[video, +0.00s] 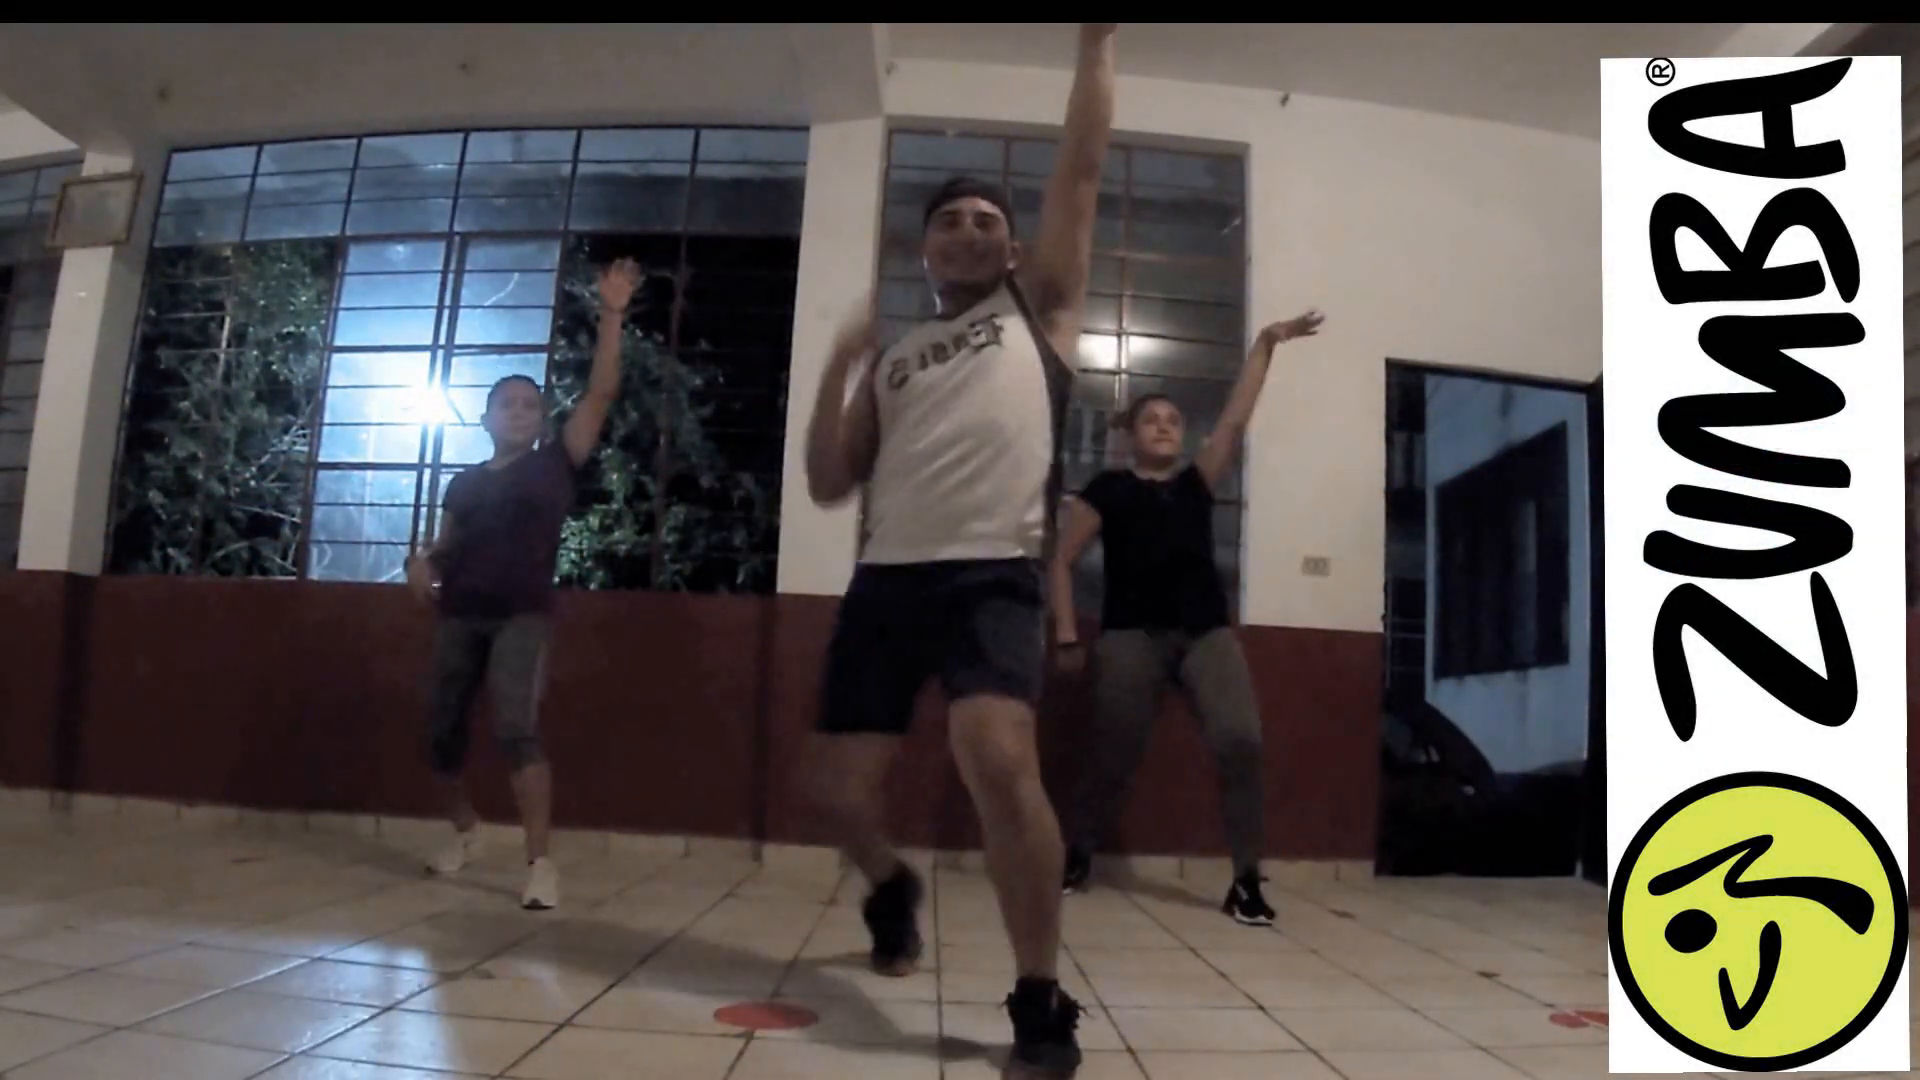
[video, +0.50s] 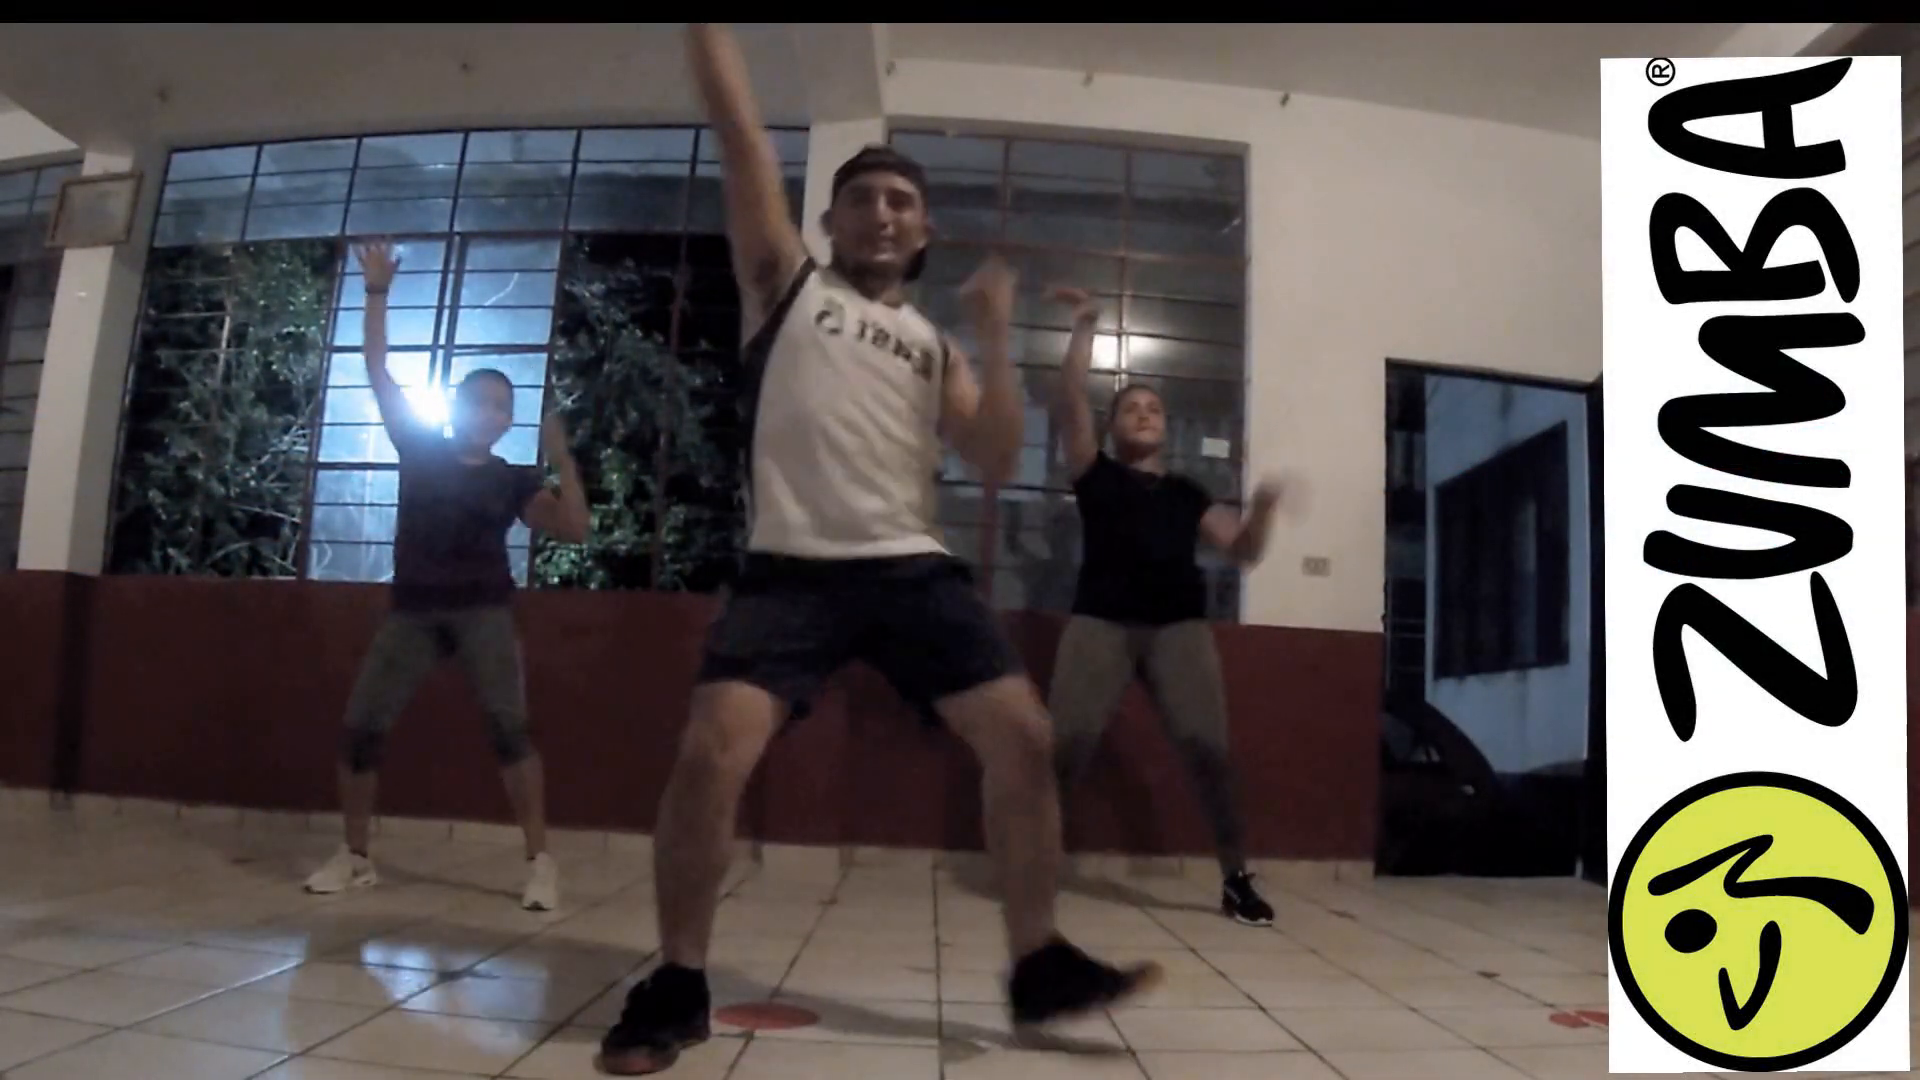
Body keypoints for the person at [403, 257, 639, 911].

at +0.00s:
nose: (518, 410)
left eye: (528, 404)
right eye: (507, 403)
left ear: (542, 418)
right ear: (489, 416)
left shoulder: (557, 463)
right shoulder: (468, 483)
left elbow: (601, 394)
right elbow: (445, 548)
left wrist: (612, 314)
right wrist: (423, 561)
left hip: (524, 612)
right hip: (462, 611)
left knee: (516, 727)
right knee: (444, 727)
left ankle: (539, 862)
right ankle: (464, 828)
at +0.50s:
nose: (487, 412)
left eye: (499, 406)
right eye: (479, 400)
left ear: (508, 419)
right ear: (457, 402)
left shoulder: (510, 479)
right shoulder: (420, 448)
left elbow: (574, 526)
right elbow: (378, 370)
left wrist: (557, 451)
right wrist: (378, 291)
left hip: (483, 612)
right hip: (415, 609)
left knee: (509, 731)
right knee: (361, 729)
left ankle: (538, 862)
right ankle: (355, 858)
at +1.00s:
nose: (506, 416)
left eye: (516, 407)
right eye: (495, 407)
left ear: (531, 416)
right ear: (478, 417)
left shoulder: (554, 473)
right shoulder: (455, 476)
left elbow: (611, 533)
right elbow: (403, 523)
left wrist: (571, 599)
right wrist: (383, 500)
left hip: (521, 629)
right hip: (457, 624)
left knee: (523, 748)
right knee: (411, 735)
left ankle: (541, 845)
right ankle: (357, 844)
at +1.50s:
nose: (514, 416)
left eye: (522, 408)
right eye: (505, 408)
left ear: (537, 413)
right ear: (486, 412)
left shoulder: (552, 462)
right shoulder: (458, 461)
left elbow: (595, 529)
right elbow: (395, 519)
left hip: (526, 607)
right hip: (462, 606)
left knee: (541, 727)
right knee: (437, 729)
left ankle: (571, 848)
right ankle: (445, 847)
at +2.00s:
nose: (601, 399)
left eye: (611, 389)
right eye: (591, 389)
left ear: (629, 396)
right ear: (572, 396)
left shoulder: (650, 455)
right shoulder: (553, 448)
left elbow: (685, 518)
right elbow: (484, 511)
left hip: (626, 612)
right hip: (554, 610)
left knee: (633, 740)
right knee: (520, 731)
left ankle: (649, 867)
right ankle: (515, 850)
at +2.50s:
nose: (559, 418)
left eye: (571, 407)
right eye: (550, 407)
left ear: (594, 414)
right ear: (538, 412)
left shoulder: (622, 473)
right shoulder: (516, 467)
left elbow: (688, 509)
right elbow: (435, 491)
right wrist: (423, 463)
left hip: (592, 630)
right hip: (517, 624)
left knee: (601, 745)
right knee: (442, 726)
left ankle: (646, 866)